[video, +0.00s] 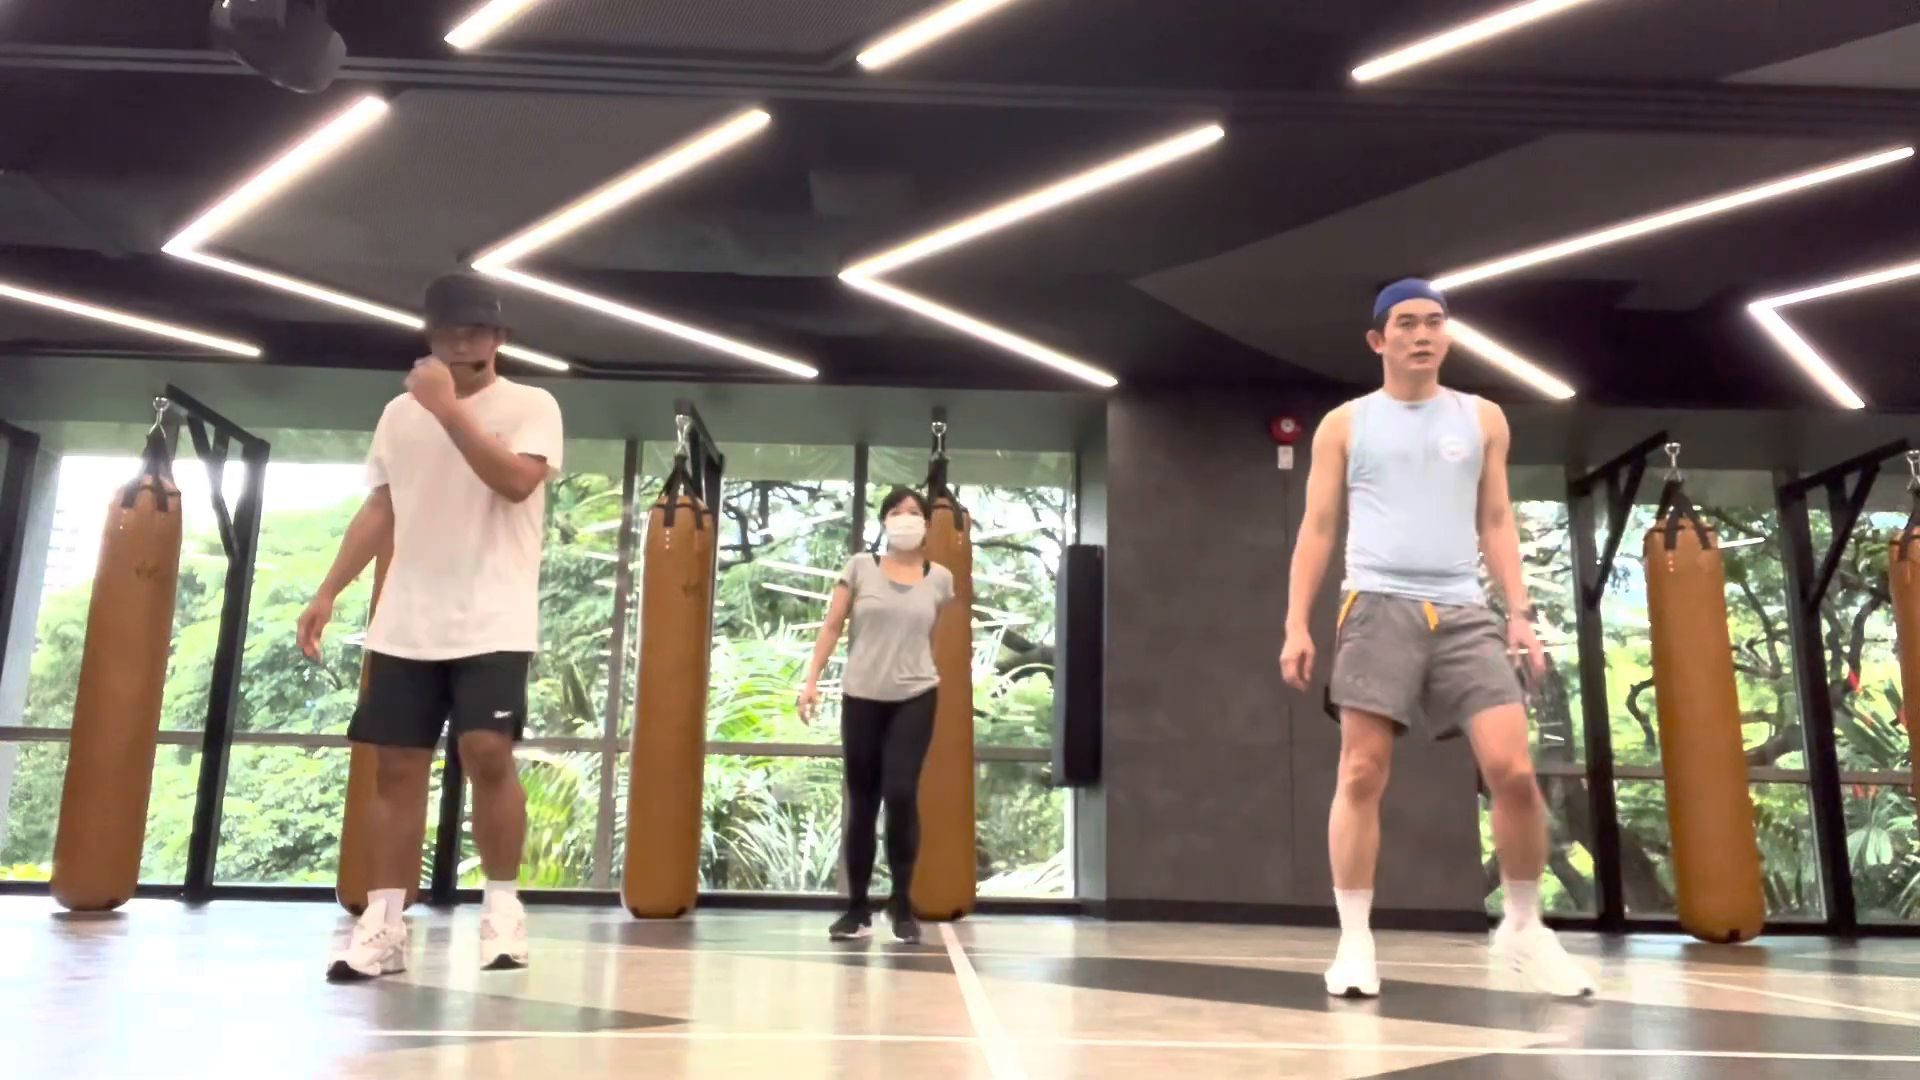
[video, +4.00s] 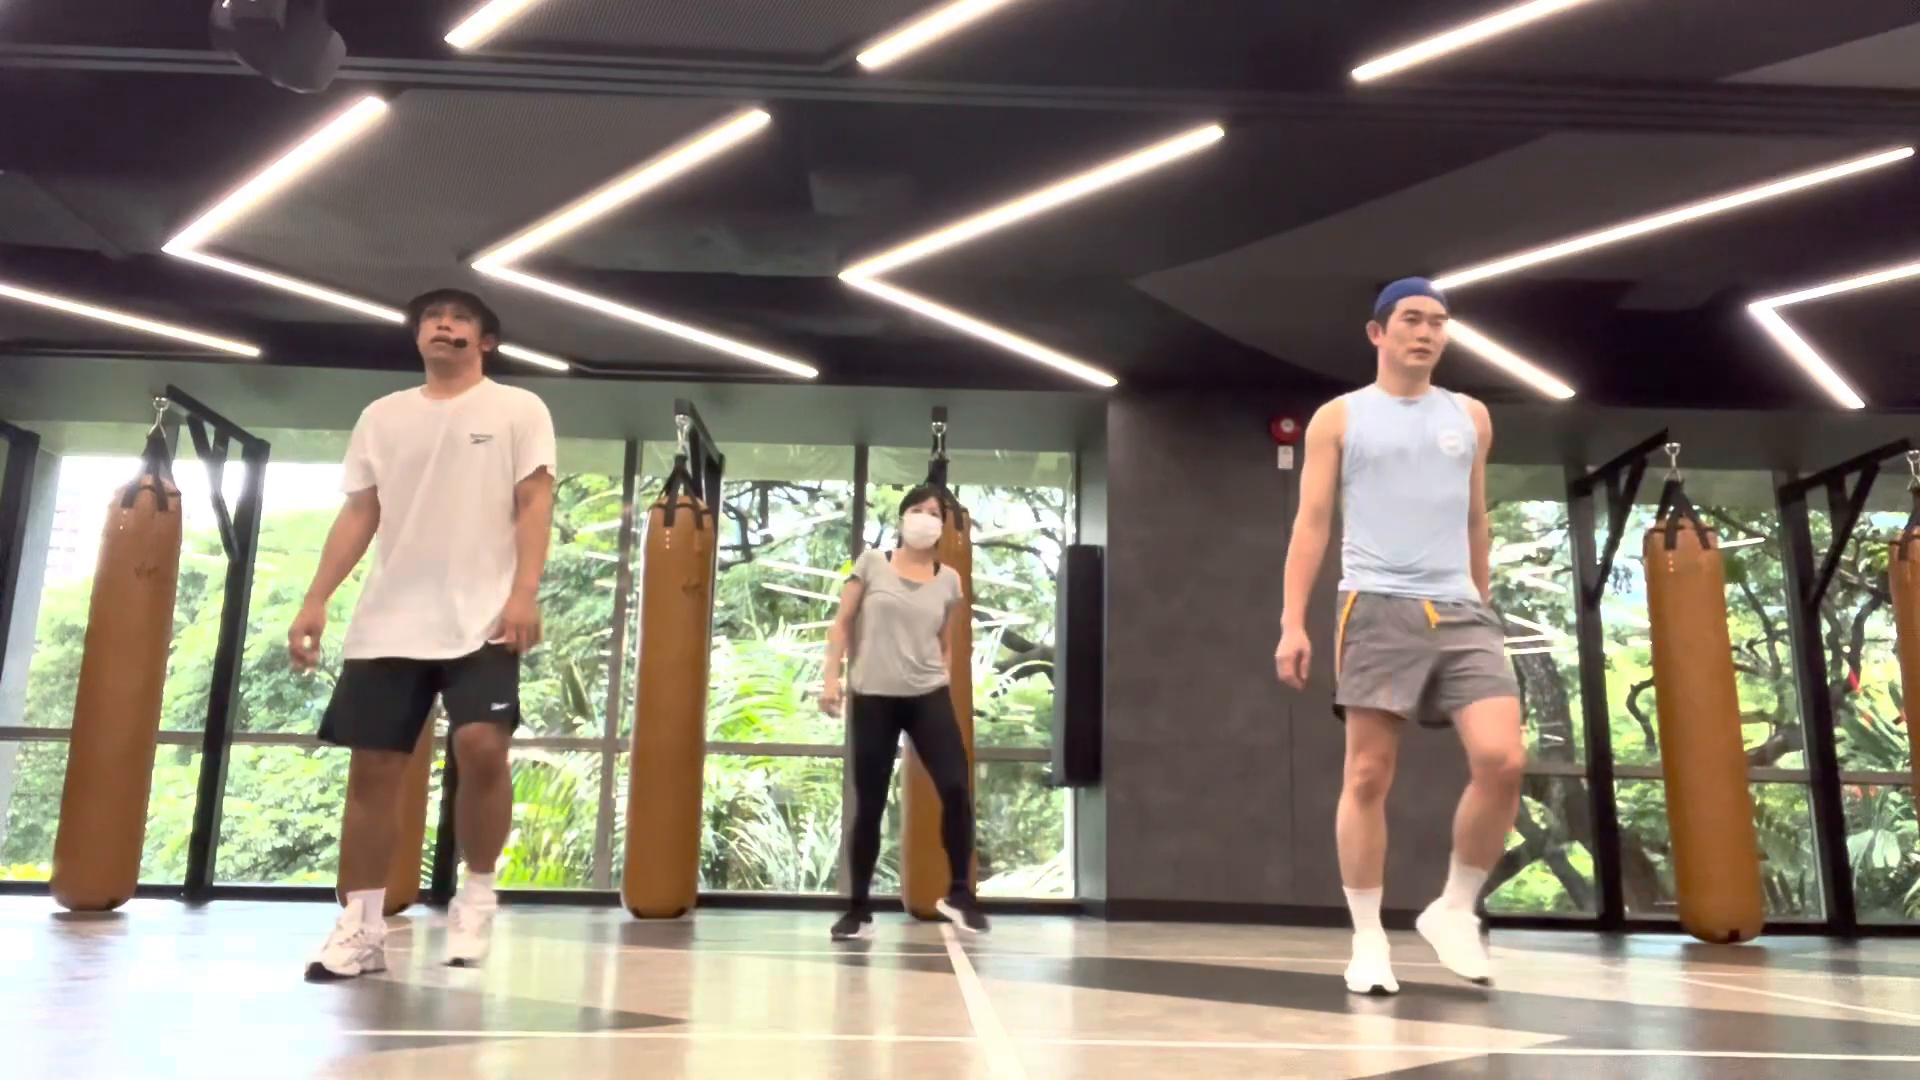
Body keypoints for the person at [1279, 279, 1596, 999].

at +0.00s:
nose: (1421, 334)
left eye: (1432, 323)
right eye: (1407, 323)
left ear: (1448, 337)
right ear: (1378, 340)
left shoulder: (1484, 420)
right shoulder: (1343, 425)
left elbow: (1497, 522)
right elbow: (1318, 526)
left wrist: (1520, 611)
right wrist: (1297, 621)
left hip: (1467, 617)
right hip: (1378, 615)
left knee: (1516, 774)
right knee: (1361, 772)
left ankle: (1522, 932)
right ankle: (1354, 945)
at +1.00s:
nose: (1548, 325)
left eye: (1558, 314)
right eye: (1531, 314)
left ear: (1571, 329)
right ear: (1499, 331)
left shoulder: (1602, 415)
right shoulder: (1465, 414)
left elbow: (1623, 514)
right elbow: (1438, 523)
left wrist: (1647, 594)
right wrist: (1433, 622)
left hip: (1602, 605)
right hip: (1518, 605)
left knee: (1615, 775)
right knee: (1557, 767)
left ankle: (1616, 960)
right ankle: (1538, 932)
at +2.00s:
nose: (1448, 351)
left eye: (1459, 338)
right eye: (1434, 337)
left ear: (1472, 346)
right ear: (1401, 344)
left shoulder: (1496, 423)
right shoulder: (1361, 427)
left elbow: (1507, 537)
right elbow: (1333, 531)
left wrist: (1517, 626)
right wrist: (1309, 628)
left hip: (1482, 614)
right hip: (1397, 611)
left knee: (1486, 774)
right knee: (1394, 776)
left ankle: (1455, 934)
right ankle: (1396, 944)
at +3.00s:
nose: (1551, 325)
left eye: (1557, 319)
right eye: (1531, 320)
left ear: (1572, 346)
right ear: (1502, 352)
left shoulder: (1604, 433)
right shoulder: (1472, 419)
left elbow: (1628, 532)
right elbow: (1446, 523)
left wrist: (1685, 537)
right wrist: (1447, 621)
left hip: (1595, 616)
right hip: (1515, 616)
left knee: (1607, 779)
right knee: (1544, 769)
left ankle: (1606, 953)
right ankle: (1540, 935)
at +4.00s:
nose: (1428, 331)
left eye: (1438, 323)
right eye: (1414, 320)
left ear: (1447, 339)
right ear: (1377, 333)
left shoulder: (1470, 417)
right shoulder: (1337, 418)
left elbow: (1478, 523)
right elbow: (1311, 524)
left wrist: (1478, 607)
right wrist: (1293, 622)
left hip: (1463, 612)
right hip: (1378, 612)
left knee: (1502, 761)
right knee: (1368, 776)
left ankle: (1454, 910)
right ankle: (1368, 942)